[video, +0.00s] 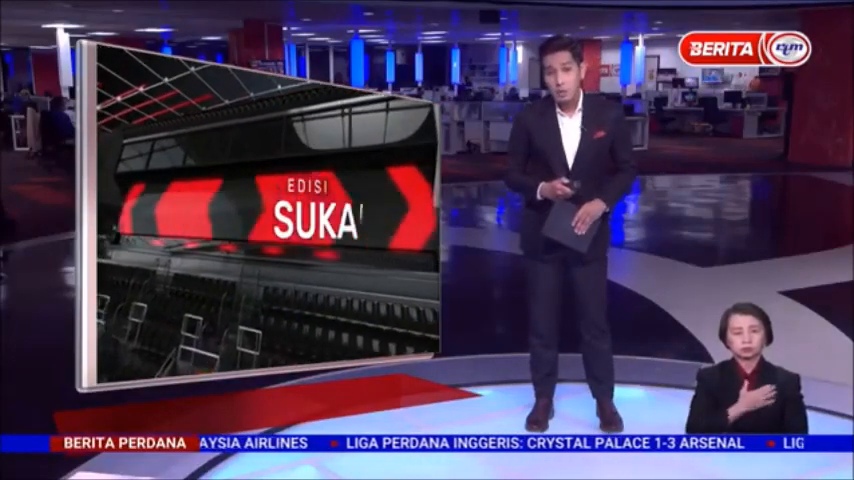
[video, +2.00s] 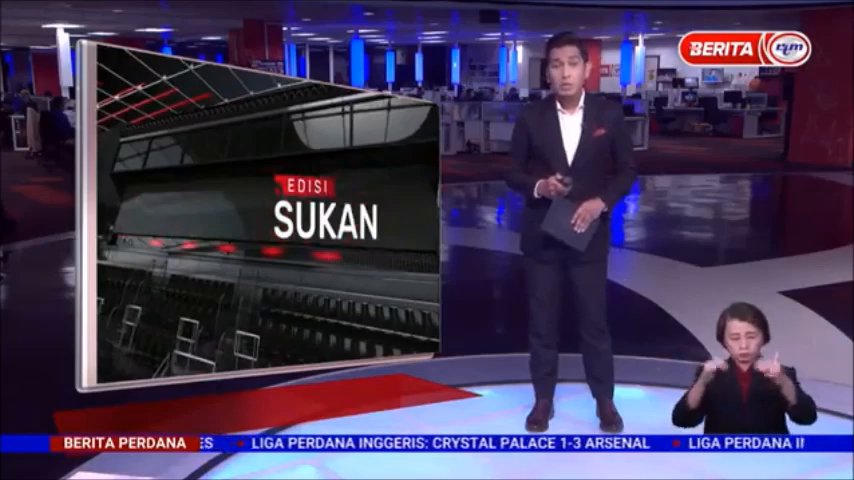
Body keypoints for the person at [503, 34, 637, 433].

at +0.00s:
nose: (558, 79)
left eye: (565, 69)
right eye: (550, 72)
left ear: (581, 71)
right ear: (543, 77)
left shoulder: (607, 112)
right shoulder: (529, 117)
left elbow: (626, 169)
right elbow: (512, 173)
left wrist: (601, 202)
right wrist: (540, 188)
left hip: (590, 231)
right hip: (542, 232)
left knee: (594, 320)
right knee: (543, 322)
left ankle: (605, 400)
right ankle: (542, 400)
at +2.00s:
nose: (564, 72)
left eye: (572, 63)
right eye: (557, 64)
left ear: (586, 69)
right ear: (548, 72)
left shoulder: (608, 112)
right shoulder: (531, 115)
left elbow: (626, 170)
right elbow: (513, 170)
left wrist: (601, 201)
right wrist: (537, 185)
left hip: (590, 232)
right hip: (542, 233)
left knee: (593, 321)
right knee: (543, 322)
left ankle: (605, 400)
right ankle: (542, 400)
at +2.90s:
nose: (558, 74)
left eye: (566, 65)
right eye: (551, 67)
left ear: (582, 70)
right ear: (544, 74)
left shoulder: (607, 112)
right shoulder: (530, 116)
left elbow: (626, 171)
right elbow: (513, 171)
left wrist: (602, 200)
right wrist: (532, 185)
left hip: (589, 232)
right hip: (542, 233)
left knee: (593, 322)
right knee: (543, 323)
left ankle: (605, 401)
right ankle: (542, 401)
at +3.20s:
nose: (558, 73)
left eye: (566, 64)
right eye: (551, 66)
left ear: (582, 69)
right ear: (543, 73)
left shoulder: (606, 111)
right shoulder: (529, 116)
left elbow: (624, 170)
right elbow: (513, 172)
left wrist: (600, 200)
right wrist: (533, 186)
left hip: (589, 231)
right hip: (541, 232)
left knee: (593, 321)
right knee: (543, 322)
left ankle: (605, 401)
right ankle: (542, 401)